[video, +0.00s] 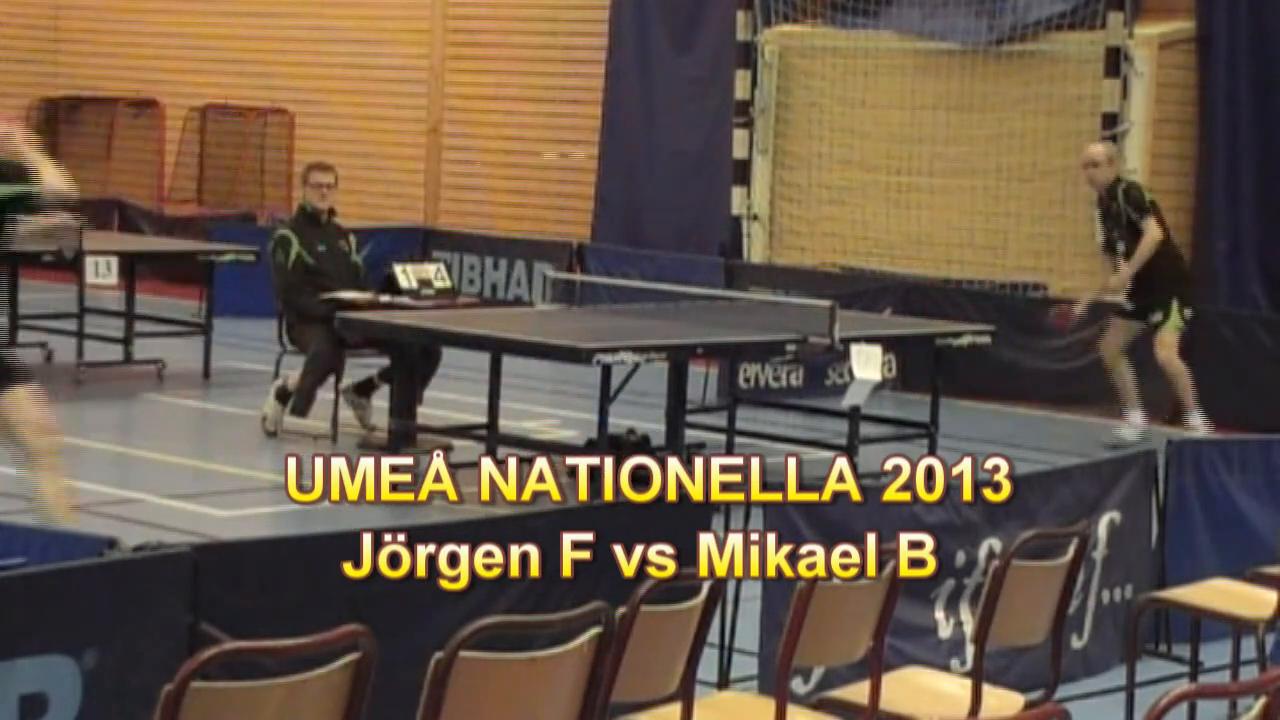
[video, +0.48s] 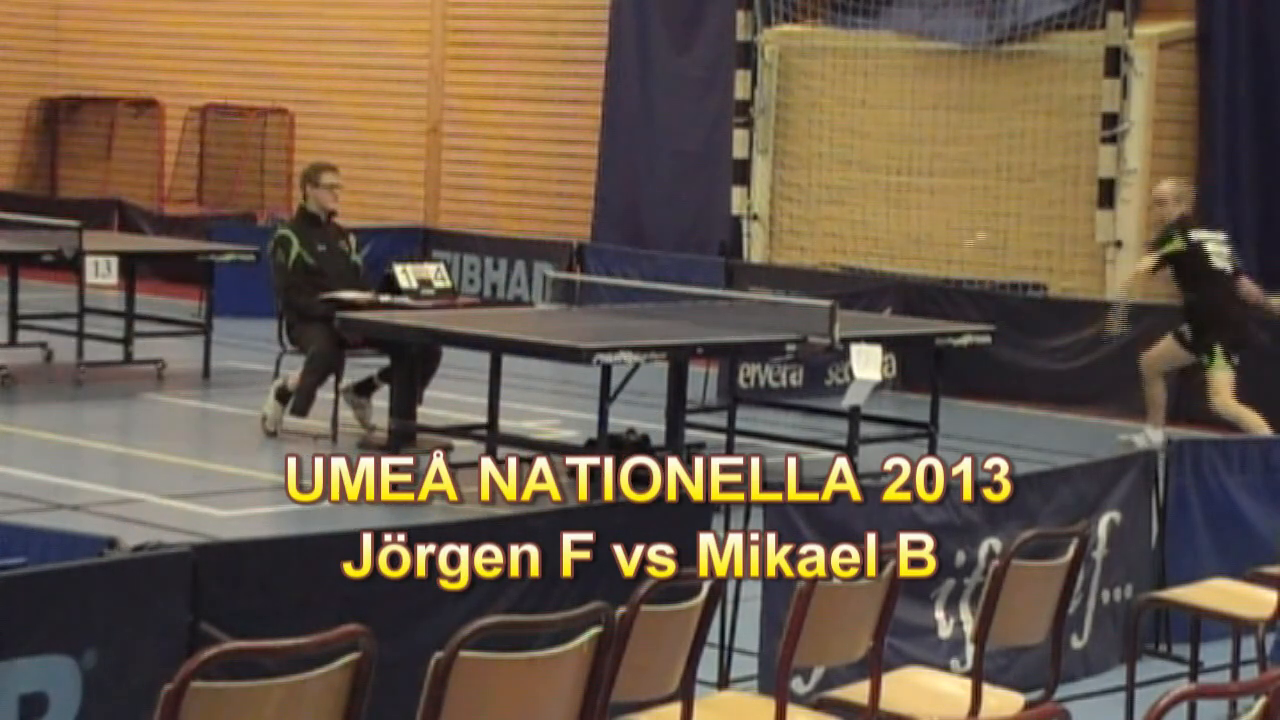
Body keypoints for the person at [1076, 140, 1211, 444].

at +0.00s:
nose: (1090, 173)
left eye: (1095, 166)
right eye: (1086, 167)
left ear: (1113, 166)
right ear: (1083, 171)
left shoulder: (1130, 192)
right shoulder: (1104, 204)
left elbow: (1154, 233)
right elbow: (1116, 266)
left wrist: (1126, 272)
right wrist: (1091, 300)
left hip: (1173, 287)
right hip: (1143, 290)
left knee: (1165, 352)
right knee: (1109, 347)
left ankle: (1195, 418)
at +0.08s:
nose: (1098, 180)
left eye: (1103, 172)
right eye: (1093, 174)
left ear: (1119, 172)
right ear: (1089, 177)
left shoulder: (1135, 201)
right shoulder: (1114, 209)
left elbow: (1147, 247)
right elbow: (1117, 260)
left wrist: (1118, 289)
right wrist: (1106, 304)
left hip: (1176, 292)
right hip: (1150, 295)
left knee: (1173, 360)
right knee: (1124, 356)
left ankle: (1220, 422)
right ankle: (1147, 427)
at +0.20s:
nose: (1107, 199)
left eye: (1111, 193)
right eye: (1104, 193)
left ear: (1126, 195)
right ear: (1105, 199)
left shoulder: (1136, 219)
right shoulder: (1139, 218)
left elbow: (1129, 272)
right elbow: (1177, 256)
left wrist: (1100, 309)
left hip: (1189, 313)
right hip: (1163, 313)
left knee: (1197, 378)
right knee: (1121, 362)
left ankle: (1249, 433)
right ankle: (1147, 432)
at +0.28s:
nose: (1115, 210)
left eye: (1120, 203)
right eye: (1114, 203)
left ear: (1135, 203)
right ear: (1135, 205)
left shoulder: (1142, 233)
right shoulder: (1152, 226)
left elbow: (1122, 283)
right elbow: (1189, 256)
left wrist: (1094, 318)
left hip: (1195, 324)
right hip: (1170, 323)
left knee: (1207, 387)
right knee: (1125, 362)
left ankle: (1260, 440)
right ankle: (1148, 432)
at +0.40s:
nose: (1138, 216)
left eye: (1144, 209)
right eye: (1137, 210)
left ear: (1162, 210)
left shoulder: (1159, 241)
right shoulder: (1195, 239)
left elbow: (1121, 282)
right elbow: (1227, 283)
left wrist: (1095, 316)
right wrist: (1257, 316)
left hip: (1213, 327)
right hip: (1189, 325)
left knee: (1214, 399)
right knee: (1141, 361)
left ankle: (1267, 445)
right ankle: (1152, 433)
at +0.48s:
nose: (1157, 211)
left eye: (1163, 203)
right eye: (1155, 204)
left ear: (1182, 205)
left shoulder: (1176, 239)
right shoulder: (1217, 238)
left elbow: (1139, 273)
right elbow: (1245, 287)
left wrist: (1118, 309)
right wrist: (1268, 304)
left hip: (1220, 329)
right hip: (1200, 326)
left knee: (1222, 402)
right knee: (1151, 363)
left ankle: (1271, 444)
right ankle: (1154, 434)